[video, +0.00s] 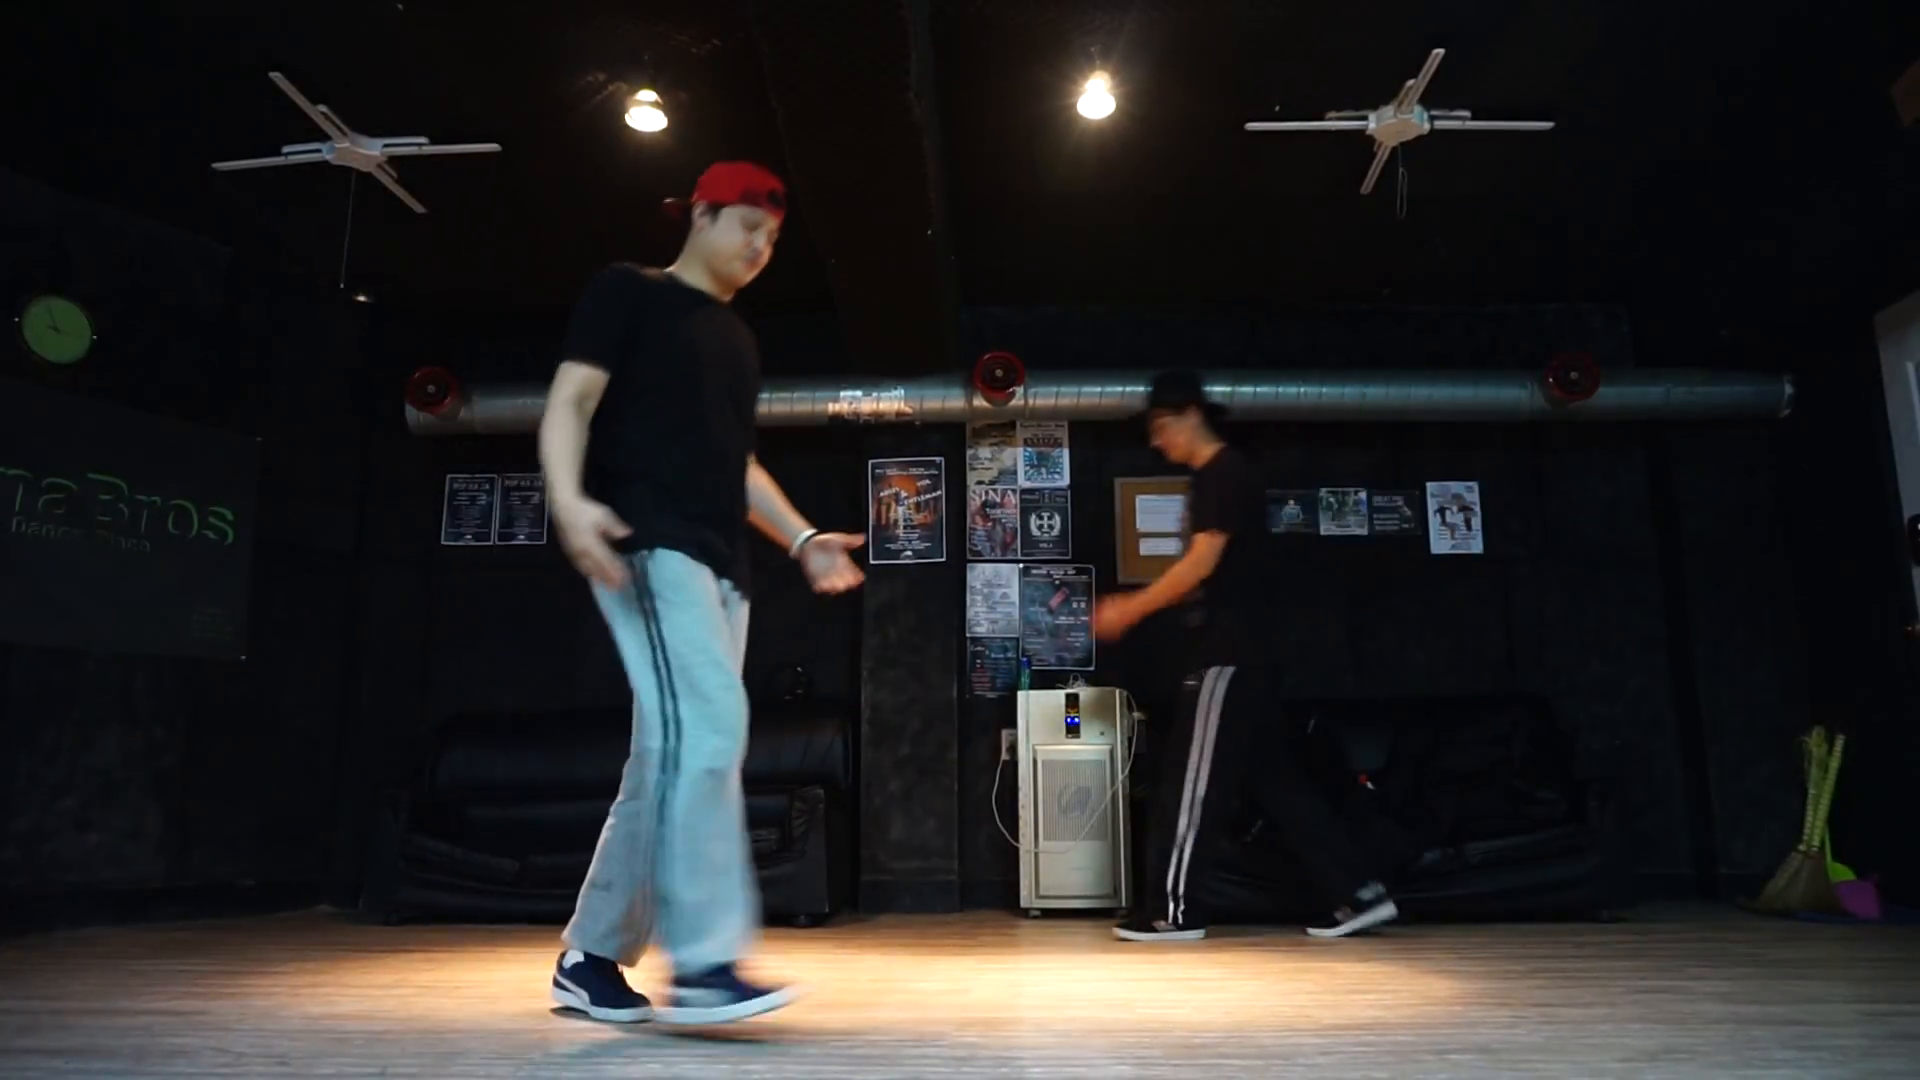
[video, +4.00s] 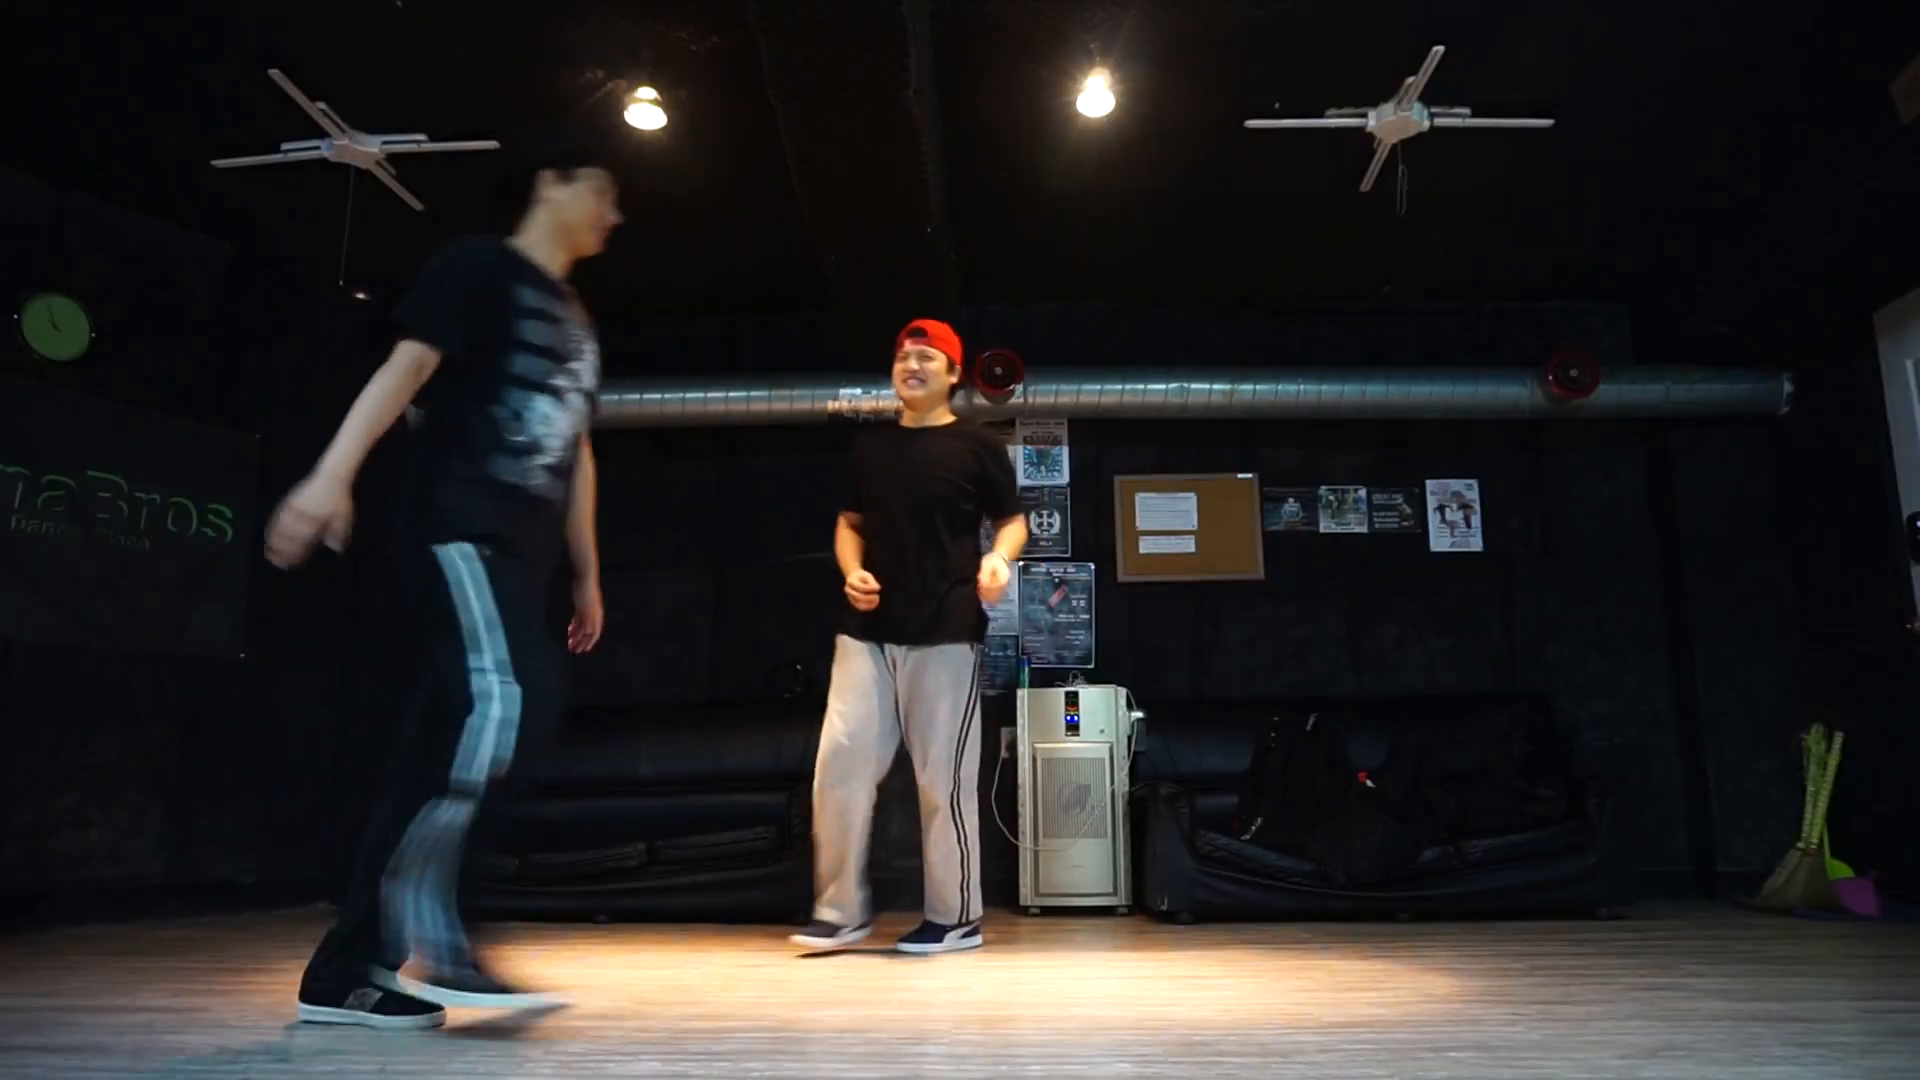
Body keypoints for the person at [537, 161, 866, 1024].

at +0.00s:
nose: (759, 246)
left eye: (769, 235)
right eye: (747, 225)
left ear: (768, 246)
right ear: (700, 218)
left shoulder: (735, 340)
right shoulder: (628, 294)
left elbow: (736, 463)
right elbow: (568, 404)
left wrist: (804, 540)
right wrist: (566, 502)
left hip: (720, 570)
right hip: (647, 554)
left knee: (668, 754)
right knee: (708, 727)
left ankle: (590, 958)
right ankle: (703, 970)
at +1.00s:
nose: (1106, 277)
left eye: (1106, 263)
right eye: (1105, 261)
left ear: (1034, 246)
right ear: (1088, 248)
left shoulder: (979, 314)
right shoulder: (1054, 280)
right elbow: (1076, 381)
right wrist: (1171, 430)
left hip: (986, 563)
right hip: (1022, 567)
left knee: (1104, 747)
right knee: (1011, 764)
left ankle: (1117, 971)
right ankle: (863, 961)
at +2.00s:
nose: (1171, 340)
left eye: (1169, 330)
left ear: (1174, 331)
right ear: (1241, 324)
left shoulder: (1148, 377)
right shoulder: (1291, 378)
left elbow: (1107, 461)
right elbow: (1342, 491)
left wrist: (1132, 533)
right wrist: (1274, 490)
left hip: (1185, 596)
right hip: (1276, 592)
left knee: (1187, 764)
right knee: (1285, 775)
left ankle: (1227, 919)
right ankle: (1288, 948)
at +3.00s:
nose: (1026, 406)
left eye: (1037, 394)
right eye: (1023, 397)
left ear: (1071, 395)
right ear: (1035, 405)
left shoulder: (1084, 435)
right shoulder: (1101, 441)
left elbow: (1111, 494)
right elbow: (1166, 528)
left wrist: (1025, 534)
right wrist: (1099, 564)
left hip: (1105, 645)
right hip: (1091, 643)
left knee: (1085, 787)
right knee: (1061, 782)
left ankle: (1200, 892)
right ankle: (1090, 923)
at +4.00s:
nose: (911, 365)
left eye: (925, 357)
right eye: (904, 356)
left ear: (952, 375)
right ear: (893, 371)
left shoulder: (977, 446)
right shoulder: (869, 444)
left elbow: (1013, 521)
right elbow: (848, 523)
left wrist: (997, 557)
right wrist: (852, 570)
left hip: (942, 635)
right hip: (866, 635)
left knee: (943, 780)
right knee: (840, 767)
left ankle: (955, 920)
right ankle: (839, 917)